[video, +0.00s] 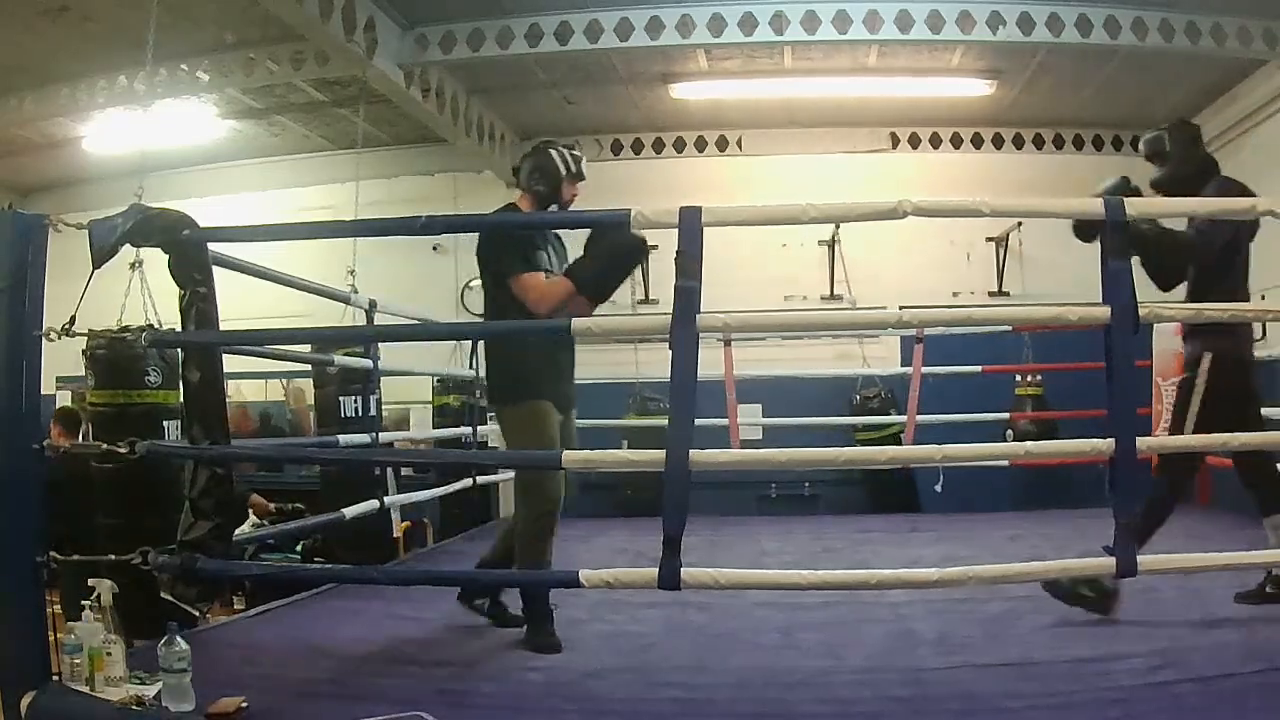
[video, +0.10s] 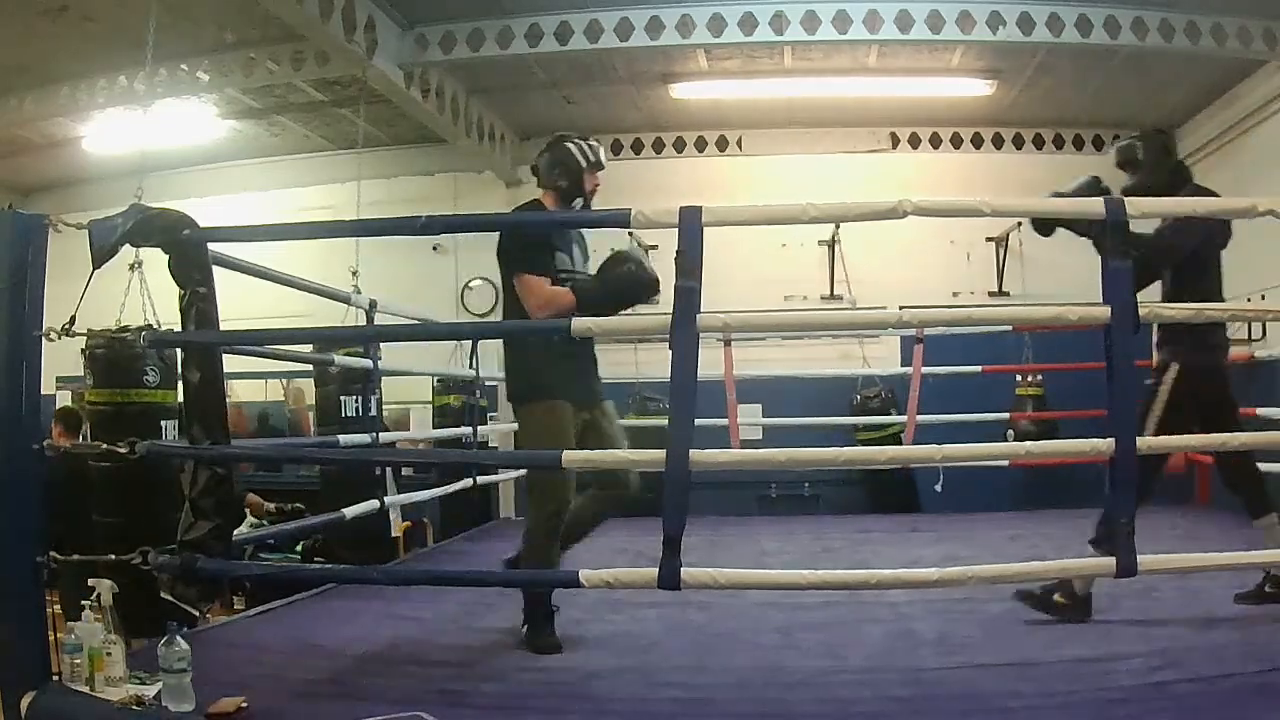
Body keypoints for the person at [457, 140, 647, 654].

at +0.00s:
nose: (579, 193)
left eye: (580, 183)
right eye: (576, 183)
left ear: (545, 181)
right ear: (554, 181)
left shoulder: (551, 234)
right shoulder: (504, 227)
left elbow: (574, 304)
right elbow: (538, 299)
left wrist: (616, 266)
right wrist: (593, 262)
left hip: (557, 387)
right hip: (523, 388)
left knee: (549, 496)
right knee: (541, 497)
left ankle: (482, 582)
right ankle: (538, 619)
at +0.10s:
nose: (600, 183)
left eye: (600, 173)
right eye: (595, 173)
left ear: (561, 176)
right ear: (570, 176)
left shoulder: (570, 228)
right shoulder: (527, 223)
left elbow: (570, 295)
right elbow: (539, 302)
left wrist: (616, 284)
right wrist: (605, 289)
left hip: (581, 383)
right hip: (542, 385)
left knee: (617, 483)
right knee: (551, 499)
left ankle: (530, 560)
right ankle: (539, 620)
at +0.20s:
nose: (625, 180)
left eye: (624, 170)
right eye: (620, 171)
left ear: (591, 173)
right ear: (597, 172)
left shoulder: (599, 225)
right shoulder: (550, 220)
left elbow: (608, 300)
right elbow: (563, 299)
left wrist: (648, 278)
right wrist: (631, 280)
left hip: (607, 382)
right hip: (562, 386)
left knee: (666, 462)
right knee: (560, 498)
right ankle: (538, 617)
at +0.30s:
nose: (651, 184)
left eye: (651, 177)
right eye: (646, 175)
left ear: (616, 173)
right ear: (620, 173)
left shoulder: (635, 227)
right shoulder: (577, 223)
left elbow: (650, 300)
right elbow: (606, 296)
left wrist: (697, 282)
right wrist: (655, 253)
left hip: (634, 384)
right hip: (583, 388)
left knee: (684, 479)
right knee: (568, 500)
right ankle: (540, 617)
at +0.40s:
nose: (693, 190)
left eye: (690, 182)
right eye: (684, 182)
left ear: (664, 191)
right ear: (655, 187)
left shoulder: (676, 244)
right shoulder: (609, 234)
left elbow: (727, 297)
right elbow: (641, 296)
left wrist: (764, 253)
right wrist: (684, 259)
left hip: (673, 403)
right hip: (610, 402)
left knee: (720, 491)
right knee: (583, 506)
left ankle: (743, 595)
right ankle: (542, 614)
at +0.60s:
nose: (743, 200)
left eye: (744, 192)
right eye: (735, 190)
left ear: (732, 196)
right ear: (702, 187)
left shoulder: (727, 244)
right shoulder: (652, 226)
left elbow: (798, 263)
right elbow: (670, 296)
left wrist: (847, 224)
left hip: (689, 391)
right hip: (629, 387)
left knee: (731, 488)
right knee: (598, 493)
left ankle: (745, 597)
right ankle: (551, 604)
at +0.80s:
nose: (723, 190)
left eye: (721, 182)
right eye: (717, 182)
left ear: (677, 182)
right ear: (691, 182)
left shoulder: (705, 238)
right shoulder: (638, 230)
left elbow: (766, 282)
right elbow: (663, 297)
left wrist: (818, 244)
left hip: (688, 395)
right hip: (629, 394)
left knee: (740, 485)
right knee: (585, 495)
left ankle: (745, 593)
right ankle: (515, 593)